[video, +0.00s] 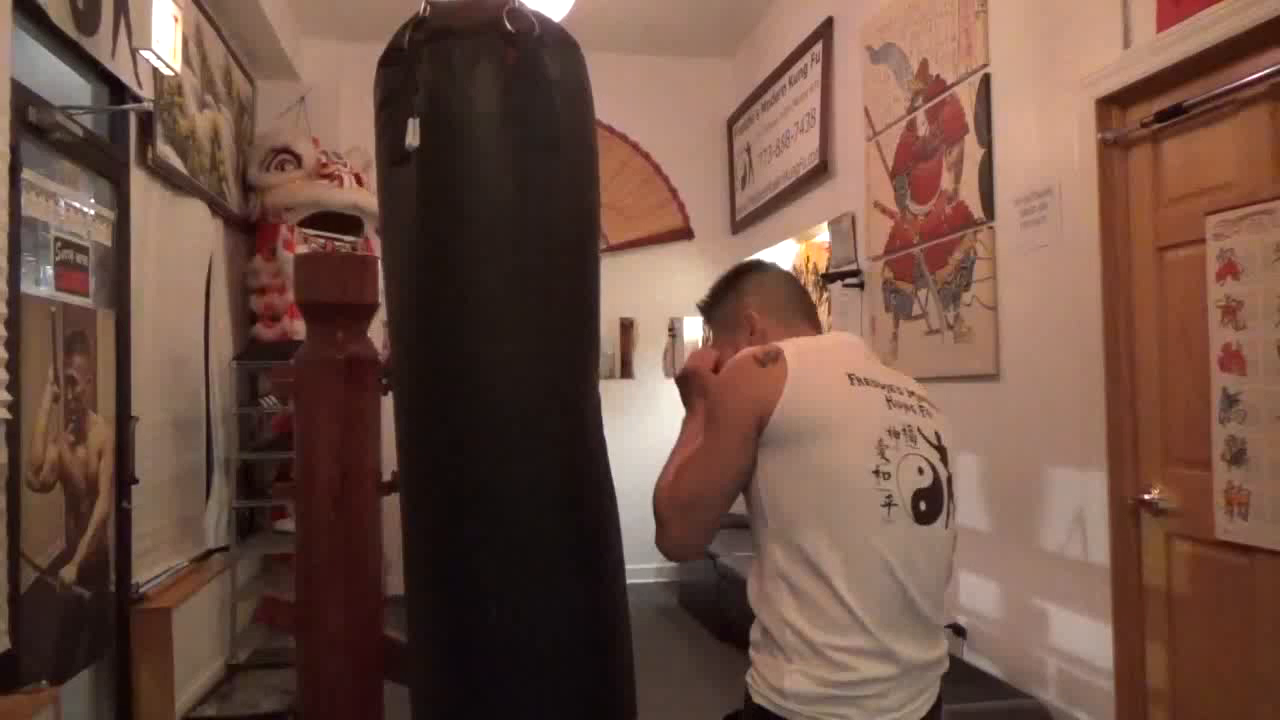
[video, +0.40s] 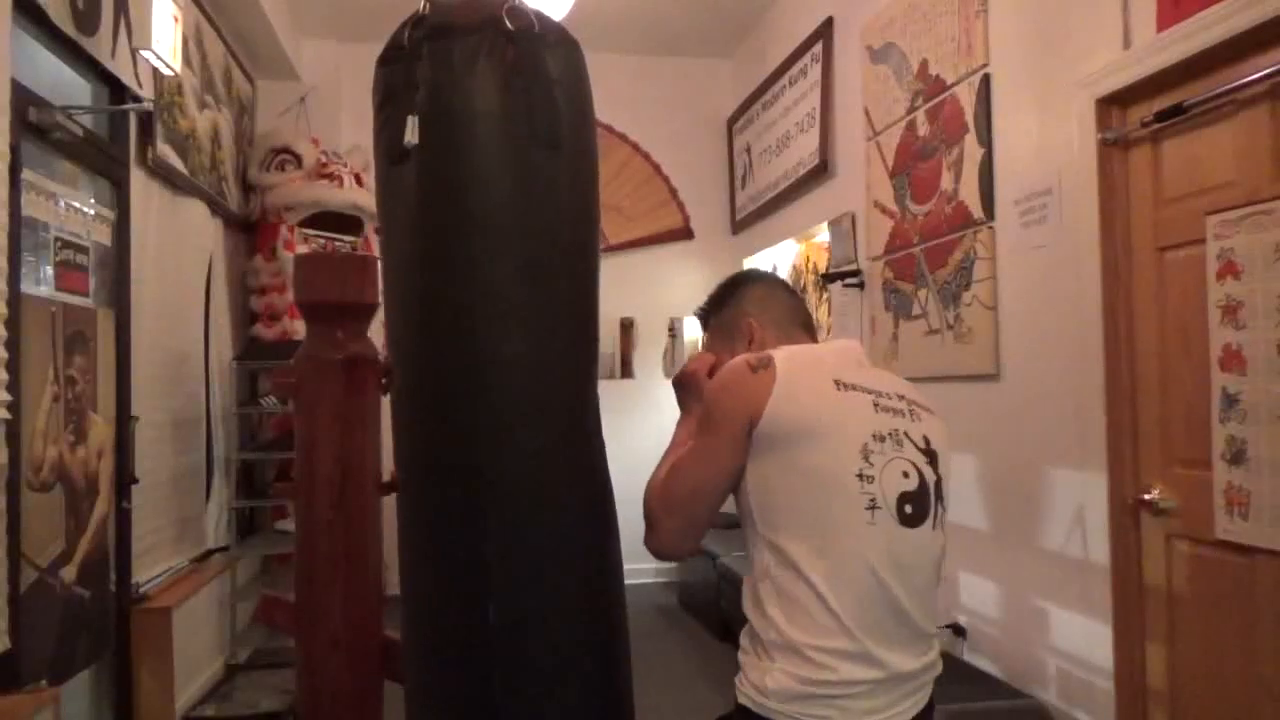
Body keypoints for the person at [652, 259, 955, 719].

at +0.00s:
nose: (720, 363)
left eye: (722, 348)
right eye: (719, 352)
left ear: (753, 328)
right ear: (810, 320)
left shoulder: (760, 374)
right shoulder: (903, 386)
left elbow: (678, 538)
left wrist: (697, 411)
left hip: (809, 703)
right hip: (919, 698)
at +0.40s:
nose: (712, 371)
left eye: (716, 357)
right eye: (711, 360)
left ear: (752, 336)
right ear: (808, 332)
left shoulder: (754, 379)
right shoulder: (903, 393)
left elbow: (668, 537)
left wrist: (690, 415)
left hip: (799, 704)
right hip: (912, 698)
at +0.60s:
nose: (651, 326)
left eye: (652, 298)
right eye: (649, 303)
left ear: (698, 276)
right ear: (701, 278)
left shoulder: (820, 371)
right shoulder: (741, 383)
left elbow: (770, 561)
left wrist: (659, 454)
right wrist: (688, 432)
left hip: (819, 701)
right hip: (748, 690)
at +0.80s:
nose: (626, 346)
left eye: (633, 324)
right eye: (625, 326)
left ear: (690, 316)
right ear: (693, 315)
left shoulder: (732, 366)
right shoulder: (793, 371)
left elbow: (719, 514)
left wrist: (576, 462)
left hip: (759, 700)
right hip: (836, 684)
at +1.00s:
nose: (568, 345)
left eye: (571, 316)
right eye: (565, 319)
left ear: (634, 305)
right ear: (637, 307)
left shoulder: (720, 392)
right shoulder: (690, 393)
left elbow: (746, 596)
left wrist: (587, 540)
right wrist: (633, 457)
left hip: (779, 702)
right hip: (738, 696)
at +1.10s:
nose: (551, 341)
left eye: (559, 315)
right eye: (547, 319)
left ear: (637, 299)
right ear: (635, 302)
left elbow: (829, 606)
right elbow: (528, 447)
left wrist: (649, 527)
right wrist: (410, 405)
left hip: (775, 707)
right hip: (671, 702)